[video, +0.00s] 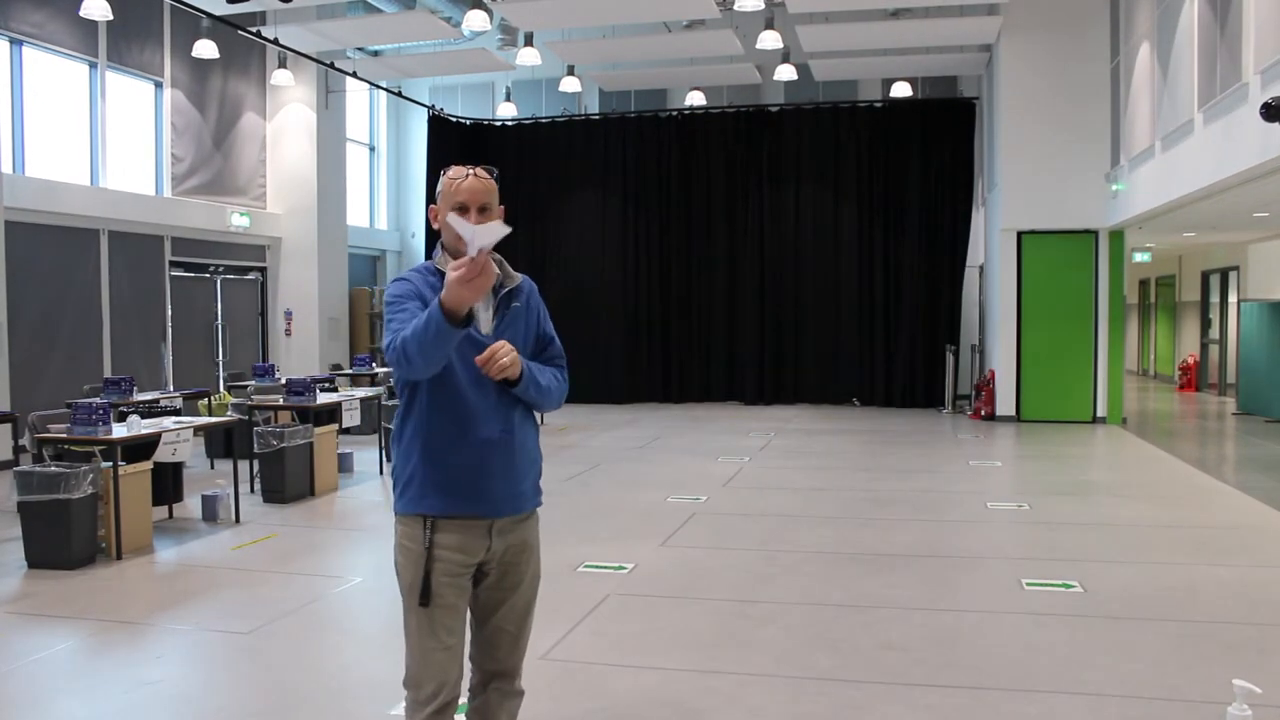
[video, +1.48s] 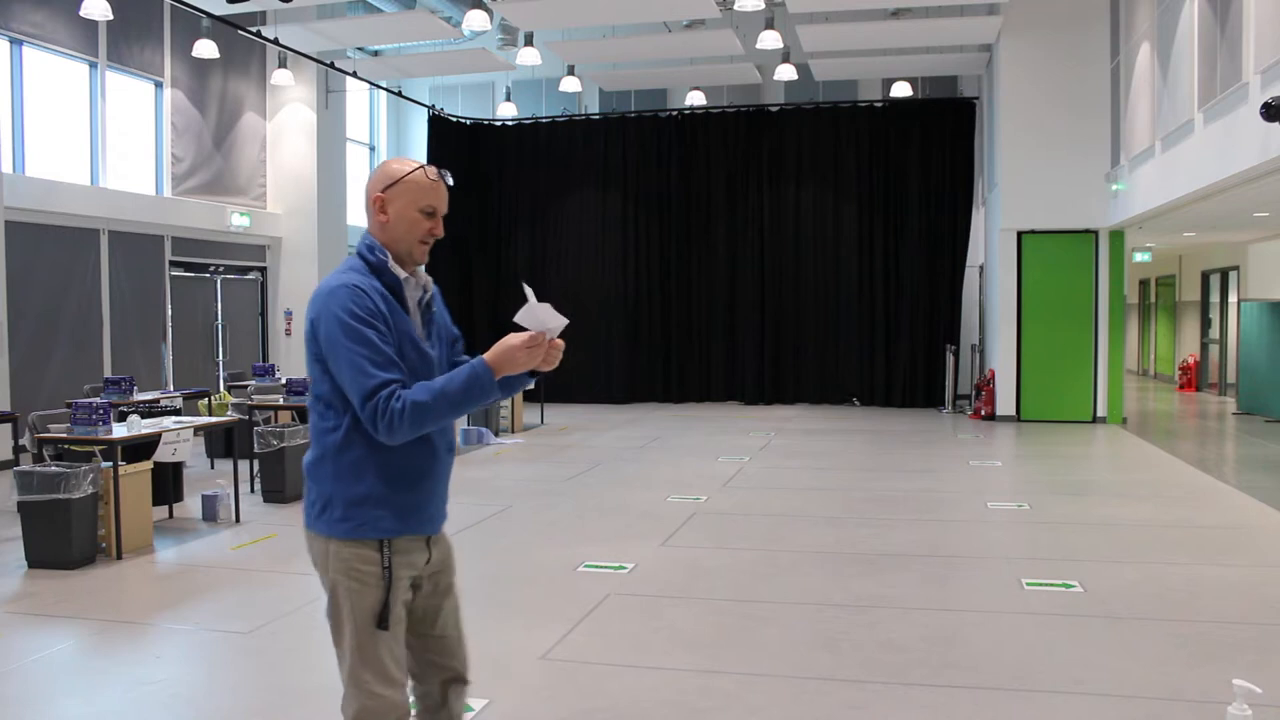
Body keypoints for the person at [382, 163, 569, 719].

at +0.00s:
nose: (473, 221)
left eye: (484, 211)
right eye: (459, 211)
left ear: (500, 217)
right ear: (435, 218)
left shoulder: (522, 293)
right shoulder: (410, 289)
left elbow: (555, 386)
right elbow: (407, 363)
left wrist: (521, 369)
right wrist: (450, 308)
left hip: (514, 513)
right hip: (434, 515)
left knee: (502, 681)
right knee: (433, 688)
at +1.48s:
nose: (438, 230)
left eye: (441, 218)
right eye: (427, 214)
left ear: (439, 219)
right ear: (380, 207)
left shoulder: (423, 293)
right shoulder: (344, 299)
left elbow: (457, 384)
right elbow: (389, 414)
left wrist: (520, 367)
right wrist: (490, 367)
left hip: (423, 526)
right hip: (361, 532)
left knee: (443, 683)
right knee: (377, 699)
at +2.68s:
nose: (336, 219)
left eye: (333, 206)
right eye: (332, 206)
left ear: (269, 212)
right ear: (312, 209)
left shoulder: (228, 285)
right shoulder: (315, 296)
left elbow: (283, 387)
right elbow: (371, 408)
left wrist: (372, 357)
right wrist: (401, 356)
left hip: (233, 523)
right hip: (305, 532)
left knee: (267, 691)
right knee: (342, 693)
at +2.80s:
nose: (333, 214)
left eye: (331, 202)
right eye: (331, 203)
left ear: (265, 211)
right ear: (316, 208)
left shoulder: (227, 286)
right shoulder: (321, 295)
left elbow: (282, 380)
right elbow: (374, 407)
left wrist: (368, 349)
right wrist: (398, 352)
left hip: (234, 523)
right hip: (309, 532)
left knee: (268, 692)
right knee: (341, 694)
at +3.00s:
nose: (333, 215)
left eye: (331, 204)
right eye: (331, 204)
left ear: (263, 210)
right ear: (317, 207)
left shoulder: (225, 287)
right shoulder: (324, 294)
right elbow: (404, 378)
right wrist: (417, 310)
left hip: (234, 525)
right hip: (312, 533)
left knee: (264, 691)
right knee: (341, 692)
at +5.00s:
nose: (443, 258)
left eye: (440, 249)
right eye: (439, 250)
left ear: (388, 263)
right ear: (430, 258)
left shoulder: (369, 333)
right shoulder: (436, 322)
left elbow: (422, 367)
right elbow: (505, 249)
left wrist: (471, 343)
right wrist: (437, 187)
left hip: (405, 518)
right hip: (453, 517)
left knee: (484, 612)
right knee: (455, 654)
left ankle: (499, 709)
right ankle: (409, 718)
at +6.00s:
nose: (490, 260)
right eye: (488, 253)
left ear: (438, 269)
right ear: (488, 263)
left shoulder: (418, 327)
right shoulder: (521, 312)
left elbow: (401, 416)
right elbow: (543, 402)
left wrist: (448, 409)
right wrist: (499, 415)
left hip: (442, 485)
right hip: (509, 480)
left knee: (488, 600)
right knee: (493, 613)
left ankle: (503, 707)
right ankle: (463, 717)